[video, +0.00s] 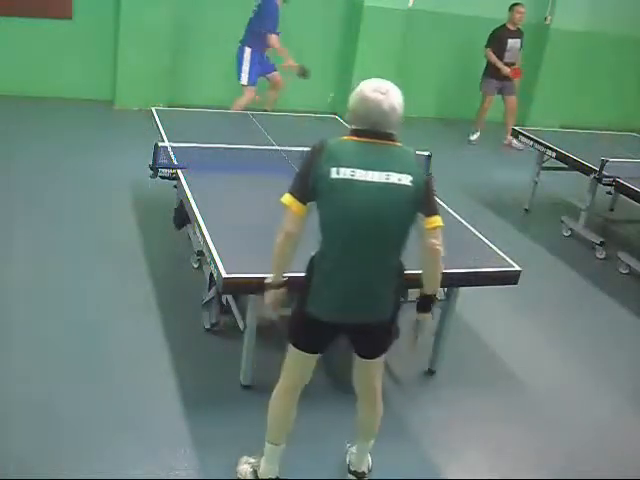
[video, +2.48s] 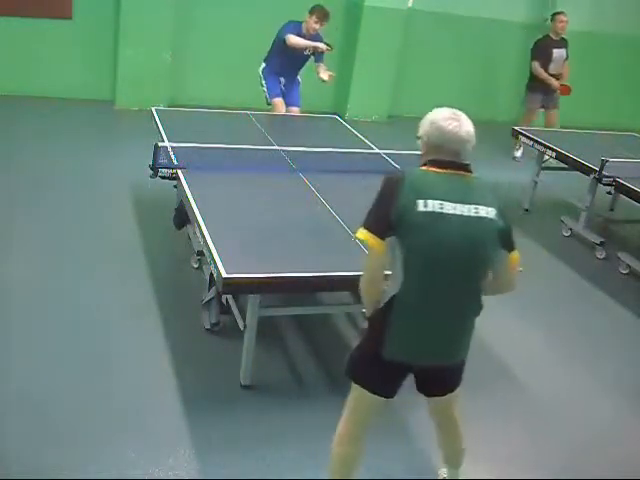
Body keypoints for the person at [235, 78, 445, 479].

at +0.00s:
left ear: (351, 116)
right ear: (397, 120)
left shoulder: (324, 154)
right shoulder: (416, 167)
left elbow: (291, 229)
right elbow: (434, 246)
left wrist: (275, 282)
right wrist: (429, 301)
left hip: (323, 296)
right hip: (378, 302)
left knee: (290, 384)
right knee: (370, 387)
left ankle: (268, 467)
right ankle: (360, 462)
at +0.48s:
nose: (389, 120)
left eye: (392, 116)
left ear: (395, 123)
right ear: (438, 128)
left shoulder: (376, 161)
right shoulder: (455, 171)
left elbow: (352, 243)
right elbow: (464, 242)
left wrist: (337, 277)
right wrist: (435, 278)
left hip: (363, 302)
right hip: (411, 306)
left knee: (321, 393)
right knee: (387, 390)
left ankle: (308, 471)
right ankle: (363, 462)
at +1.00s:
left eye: (391, 137)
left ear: (393, 146)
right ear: (443, 147)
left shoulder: (371, 191)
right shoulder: (464, 194)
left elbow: (344, 273)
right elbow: (488, 275)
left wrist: (339, 317)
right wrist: (475, 331)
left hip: (372, 334)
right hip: (424, 335)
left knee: (361, 440)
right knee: (389, 408)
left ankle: (360, 467)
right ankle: (368, 455)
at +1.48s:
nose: (403, 151)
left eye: (405, 146)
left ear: (409, 154)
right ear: (459, 153)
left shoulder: (386, 202)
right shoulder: (484, 202)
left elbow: (355, 281)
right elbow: (499, 282)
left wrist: (349, 323)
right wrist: (455, 289)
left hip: (385, 343)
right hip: (440, 341)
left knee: (369, 438)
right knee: (426, 404)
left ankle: (362, 471)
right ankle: (428, 468)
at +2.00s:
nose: (459, 143)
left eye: (461, 138)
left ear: (466, 146)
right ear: (512, 151)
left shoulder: (447, 186)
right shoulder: (530, 198)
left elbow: (419, 265)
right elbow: (540, 275)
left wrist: (405, 301)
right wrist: (499, 288)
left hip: (432, 329)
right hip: (481, 333)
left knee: (383, 412)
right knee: (467, 407)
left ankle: (369, 471)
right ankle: (462, 474)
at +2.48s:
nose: (417, 145)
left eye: (418, 140)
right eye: (419, 139)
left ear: (425, 146)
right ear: (469, 151)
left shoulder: (401, 185)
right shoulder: (487, 199)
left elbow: (373, 265)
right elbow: (506, 279)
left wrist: (374, 311)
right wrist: (464, 284)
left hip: (398, 329)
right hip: (451, 335)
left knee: (354, 420)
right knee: (446, 413)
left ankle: (338, 474)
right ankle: (453, 472)